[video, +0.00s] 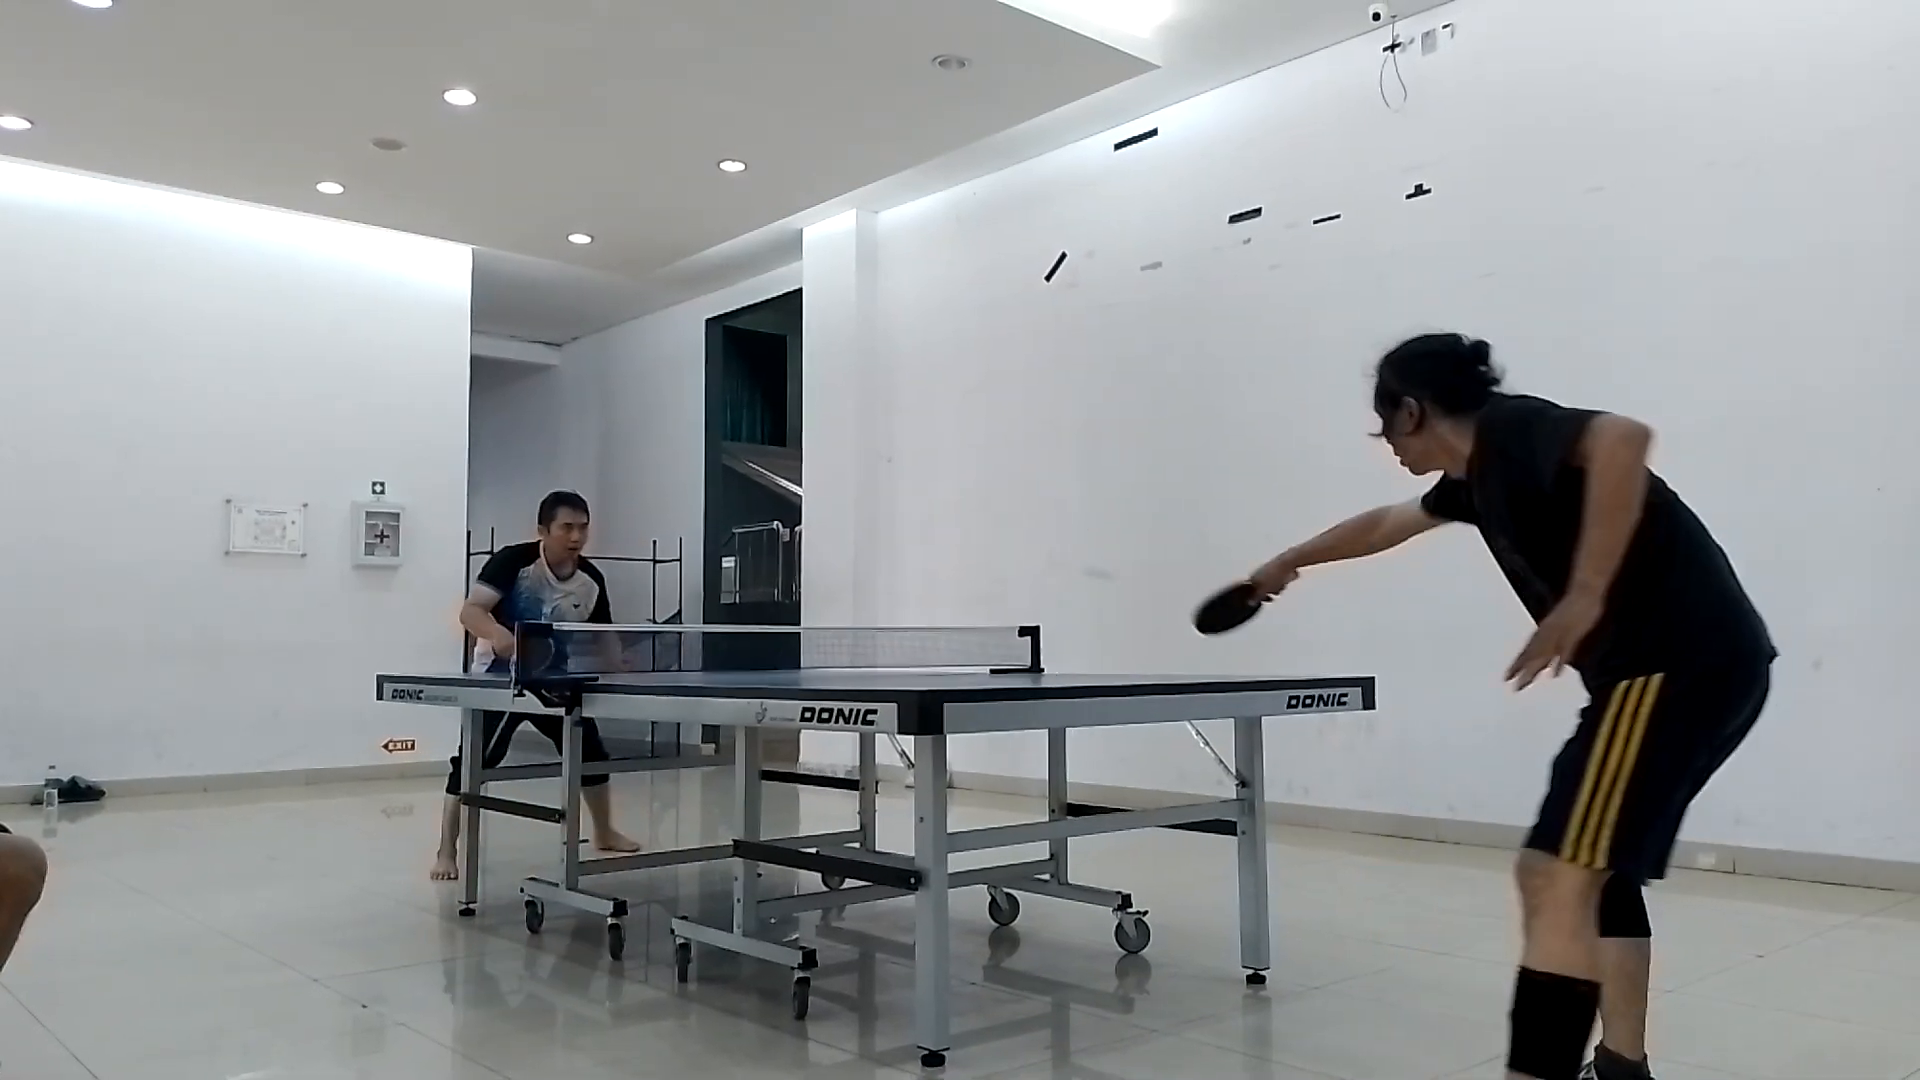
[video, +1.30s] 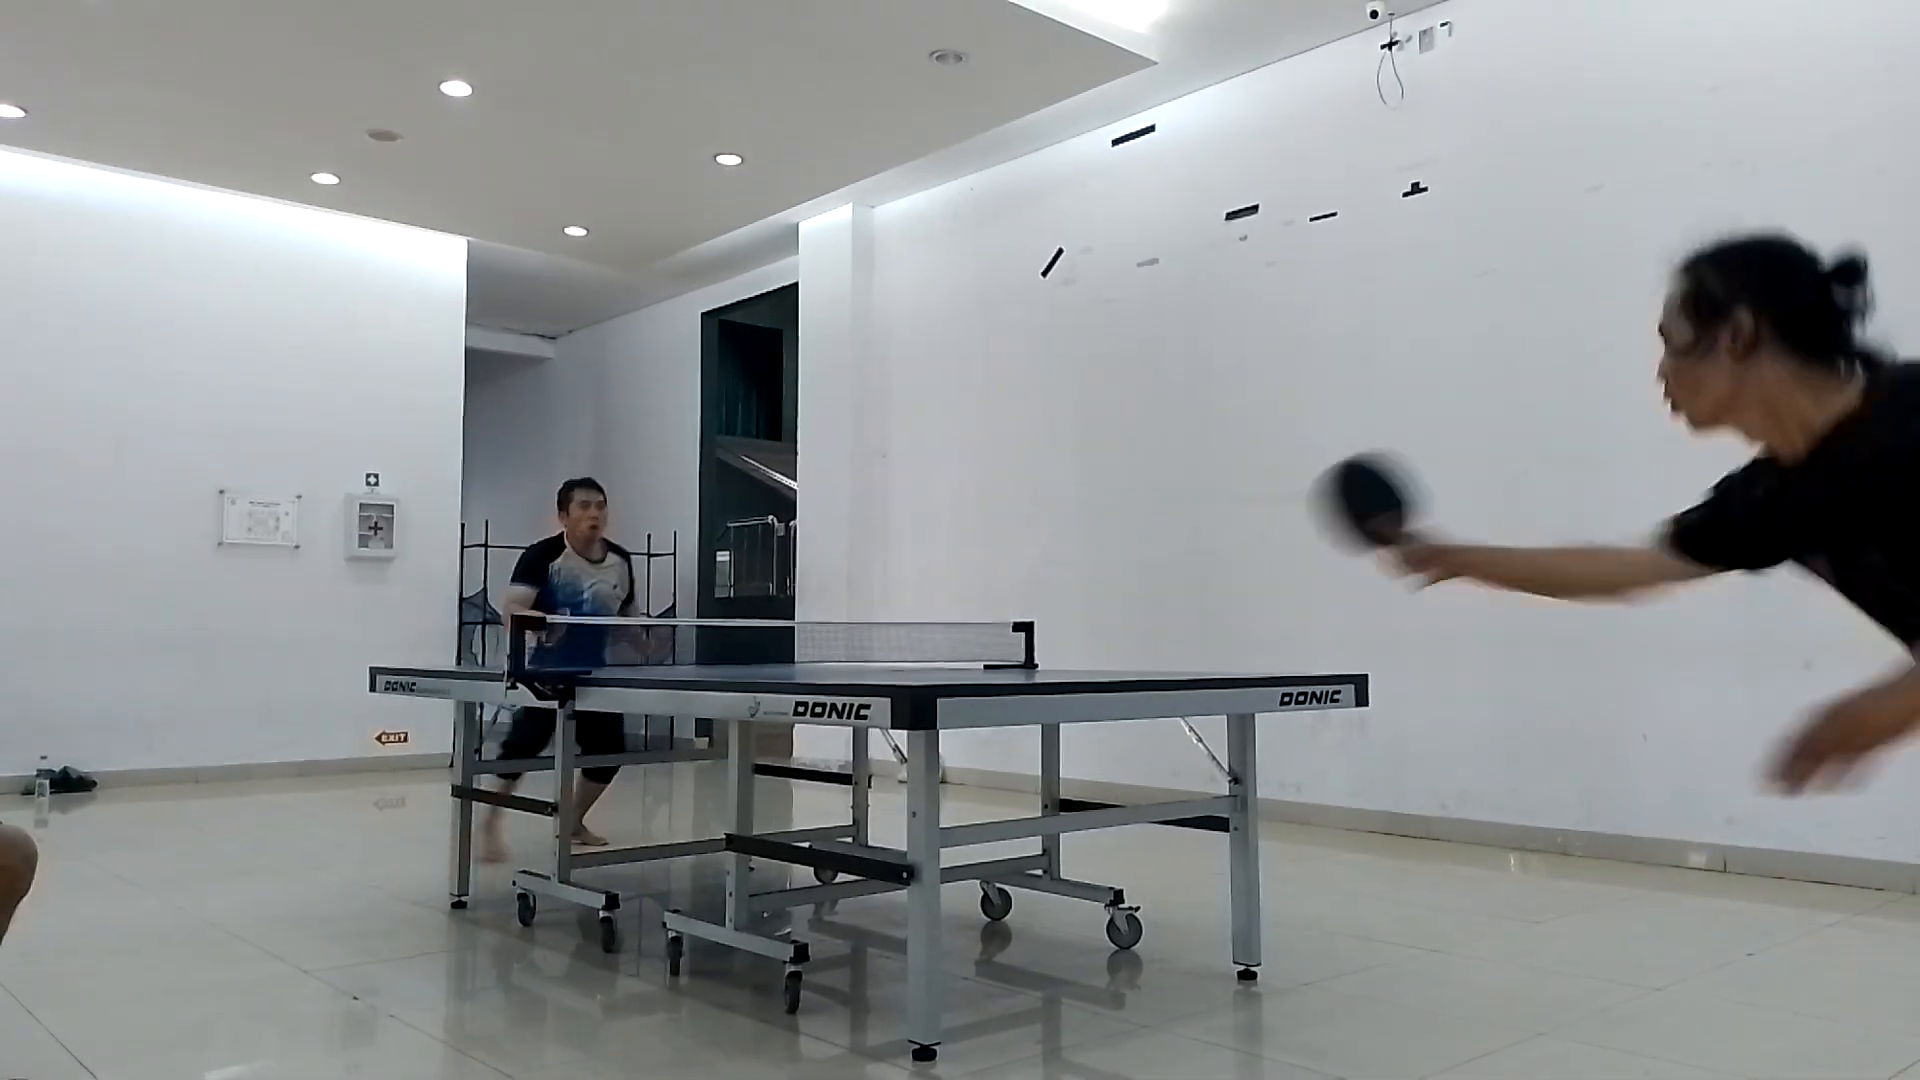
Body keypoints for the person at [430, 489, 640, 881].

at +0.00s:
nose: (577, 536)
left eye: (582, 528)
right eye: (567, 528)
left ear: (588, 530)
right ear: (543, 530)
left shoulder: (591, 580)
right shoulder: (512, 560)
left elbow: (605, 636)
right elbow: (469, 613)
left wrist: (617, 667)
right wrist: (498, 634)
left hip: (556, 685)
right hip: (498, 682)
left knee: (591, 754)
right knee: (472, 758)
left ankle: (604, 834)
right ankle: (447, 850)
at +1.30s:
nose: (595, 514)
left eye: (600, 505)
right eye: (584, 506)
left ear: (607, 512)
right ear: (564, 515)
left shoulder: (619, 560)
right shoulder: (541, 556)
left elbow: (627, 618)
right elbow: (513, 612)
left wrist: (645, 646)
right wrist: (541, 631)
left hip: (594, 674)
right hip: (544, 673)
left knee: (608, 754)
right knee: (524, 745)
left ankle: (572, 822)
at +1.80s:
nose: (674, 550)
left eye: (674, 541)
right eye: (662, 546)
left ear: (681, 542)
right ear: (643, 559)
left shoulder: (686, 569)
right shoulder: (639, 598)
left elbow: (732, 585)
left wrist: (752, 563)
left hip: (667, 691)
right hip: (625, 695)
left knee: (713, 741)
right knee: (600, 758)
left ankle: (719, 822)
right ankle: (548, 831)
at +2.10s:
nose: (678, 546)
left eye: (684, 537)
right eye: (668, 539)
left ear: (692, 541)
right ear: (651, 546)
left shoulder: (697, 578)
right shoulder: (637, 581)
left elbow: (723, 615)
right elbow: (652, 636)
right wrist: (695, 623)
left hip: (672, 690)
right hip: (625, 690)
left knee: (716, 748)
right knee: (593, 753)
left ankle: (720, 822)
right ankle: (542, 820)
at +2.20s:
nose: (671, 546)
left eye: (677, 538)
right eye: (661, 539)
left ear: (685, 545)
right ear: (644, 547)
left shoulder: (695, 586)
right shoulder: (626, 585)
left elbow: (704, 627)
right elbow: (625, 648)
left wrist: (726, 634)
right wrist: (667, 635)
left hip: (669, 693)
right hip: (619, 693)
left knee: (714, 748)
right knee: (583, 756)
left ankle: (716, 822)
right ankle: (537, 825)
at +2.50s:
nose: (682, 512)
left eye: (688, 504)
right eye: (672, 506)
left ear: (700, 511)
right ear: (660, 518)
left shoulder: (729, 553)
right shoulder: (649, 562)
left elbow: (768, 586)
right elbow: (631, 614)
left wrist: (753, 598)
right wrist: (635, 617)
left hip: (724, 669)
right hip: (671, 671)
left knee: (744, 746)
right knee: (637, 744)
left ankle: (735, 818)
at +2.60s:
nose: (686, 513)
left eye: (693, 506)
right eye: (677, 508)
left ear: (705, 514)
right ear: (665, 520)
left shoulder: (732, 553)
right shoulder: (656, 564)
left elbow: (775, 586)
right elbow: (641, 610)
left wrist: (747, 603)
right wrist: (644, 613)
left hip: (743, 669)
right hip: (687, 672)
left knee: (776, 743)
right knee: (659, 751)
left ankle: (785, 817)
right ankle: (663, 824)